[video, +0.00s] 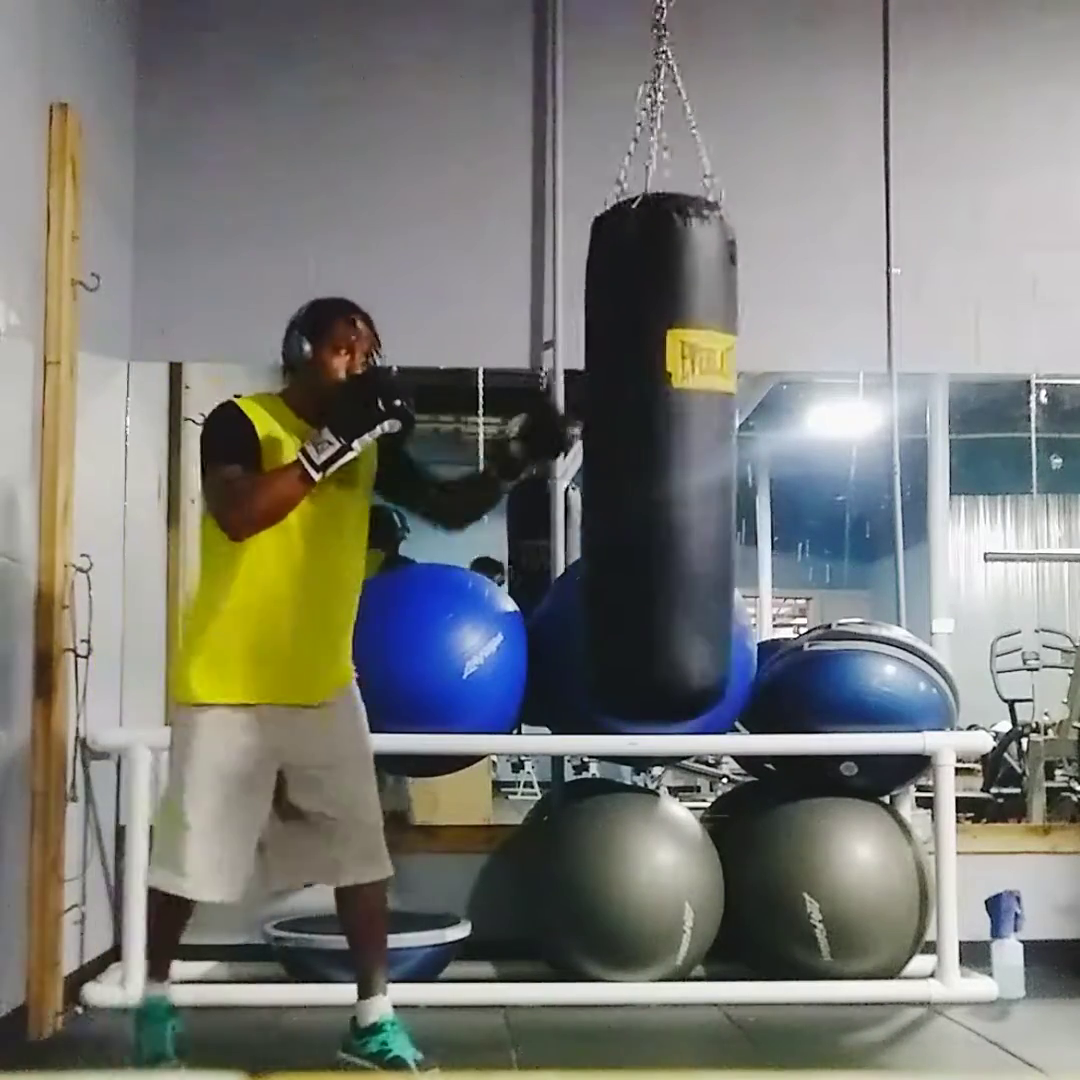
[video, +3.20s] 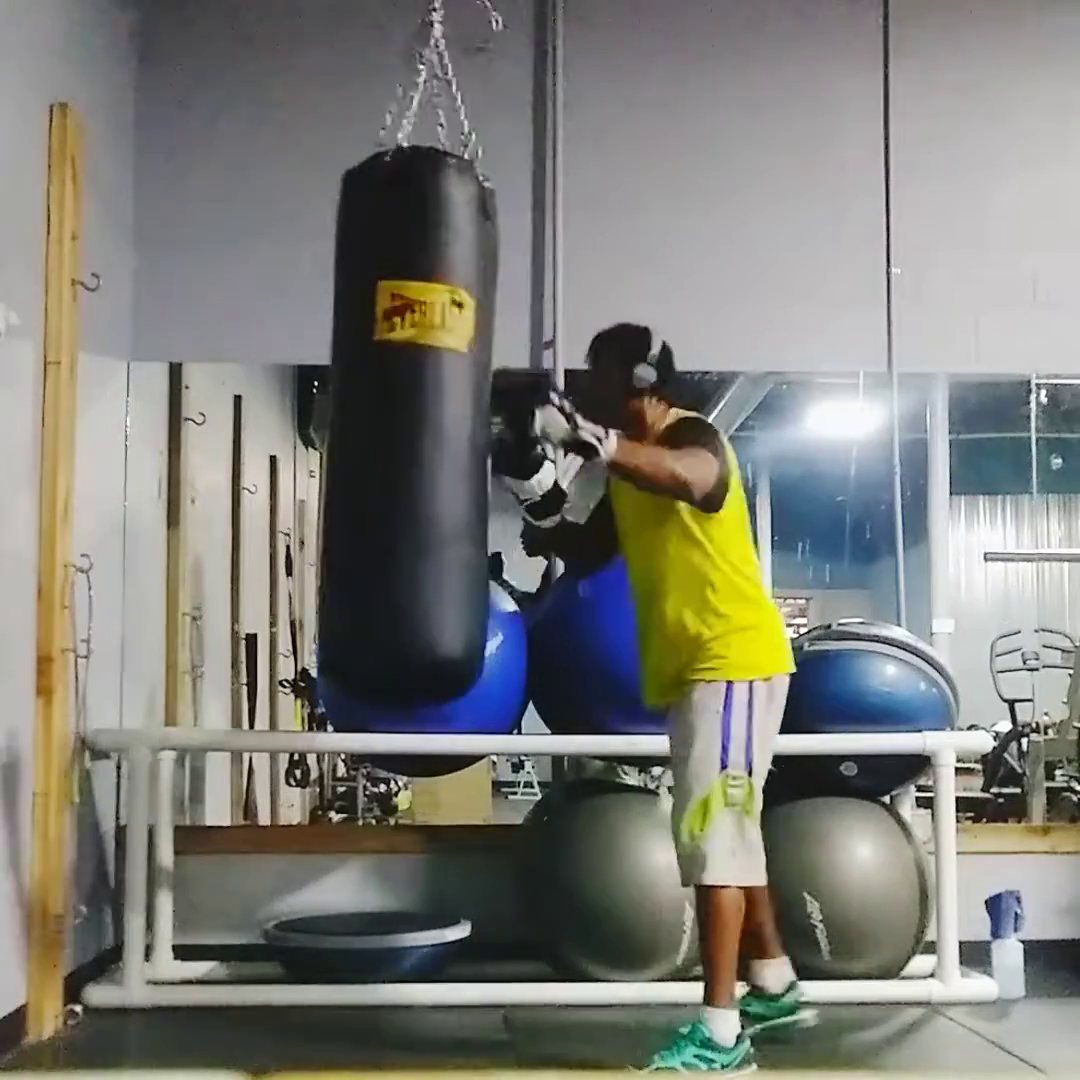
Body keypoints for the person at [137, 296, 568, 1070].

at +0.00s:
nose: (357, 365)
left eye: (367, 355)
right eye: (342, 348)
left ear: (370, 368)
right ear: (299, 351)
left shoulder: (367, 442)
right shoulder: (239, 421)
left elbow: (451, 508)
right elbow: (239, 514)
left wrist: (516, 458)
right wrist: (337, 439)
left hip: (322, 682)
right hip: (225, 679)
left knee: (362, 850)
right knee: (186, 857)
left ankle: (374, 1017)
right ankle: (152, 1006)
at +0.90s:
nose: (412, 367)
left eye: (424, 357)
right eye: (396, 353)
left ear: (436, 372)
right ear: (362, 364)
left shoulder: (459, 446)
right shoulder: (321, 439)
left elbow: (528, 536)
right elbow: (289, 537)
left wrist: (546, 486)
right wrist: (368, 471)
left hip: (428, 676)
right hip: (328, 679)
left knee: (445, 843)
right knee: (292, 838)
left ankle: (456, 1012)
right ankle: (274, 984)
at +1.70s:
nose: (441, 382)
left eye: (456, 372)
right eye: (429, 370)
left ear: (473, 387)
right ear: (405, 383)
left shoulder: (507, 450)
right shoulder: (378, 458)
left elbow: (552, 545)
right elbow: (324, 538)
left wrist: (554, 464)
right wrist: (376, 444)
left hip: (486, 678)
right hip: (395, 681)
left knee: (515, 846)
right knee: (370, 847)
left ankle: (538, 1009)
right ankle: (345, 988)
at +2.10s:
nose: (470, 402)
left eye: (484, 389)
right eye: (461, 389)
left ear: (511, 399)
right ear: (446, 403)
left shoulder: (541, 470)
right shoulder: (437, 480)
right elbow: (383, 562)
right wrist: (414, 481)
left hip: (542, 692)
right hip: (469, 695)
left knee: (581, 852)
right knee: (469, 849)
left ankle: (612, 1011)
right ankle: (465, 987)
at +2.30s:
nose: (515, 384)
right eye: (500, 370)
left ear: (555, 377)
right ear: (480, 385)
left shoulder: (586, 438)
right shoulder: (470, 447)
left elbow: (657, 520)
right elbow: (413, 555)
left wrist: (609, 469)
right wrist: (445, 504)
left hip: (590, 664)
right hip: (507, 668)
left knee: (601, 841)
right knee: (533, 843)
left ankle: (618, 1011)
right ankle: (578, 978)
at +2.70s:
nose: (558, 402)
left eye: (568, 386)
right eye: (549, 392)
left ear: (594, 383)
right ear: (543, 399)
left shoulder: (642, 448)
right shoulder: (550, 476)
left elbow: (683, 484)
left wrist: (609, 437)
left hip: (656, 662)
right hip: (590, 670)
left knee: (662, 826)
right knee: (617, 835)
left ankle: (677, 1011)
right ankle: (687, 970)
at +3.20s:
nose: (584, 400)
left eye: (592, 386)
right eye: (585, 388)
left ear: (632, 386)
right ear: (631, 388)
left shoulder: (694, 434)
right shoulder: (627, 469)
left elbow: (690, 477)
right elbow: (586, 548)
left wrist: (591, 436)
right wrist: (541, 504)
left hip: (735, 661)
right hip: (695, 668)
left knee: (713, 834)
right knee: (725, 829)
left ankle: (721, 1031)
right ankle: (773, 982)